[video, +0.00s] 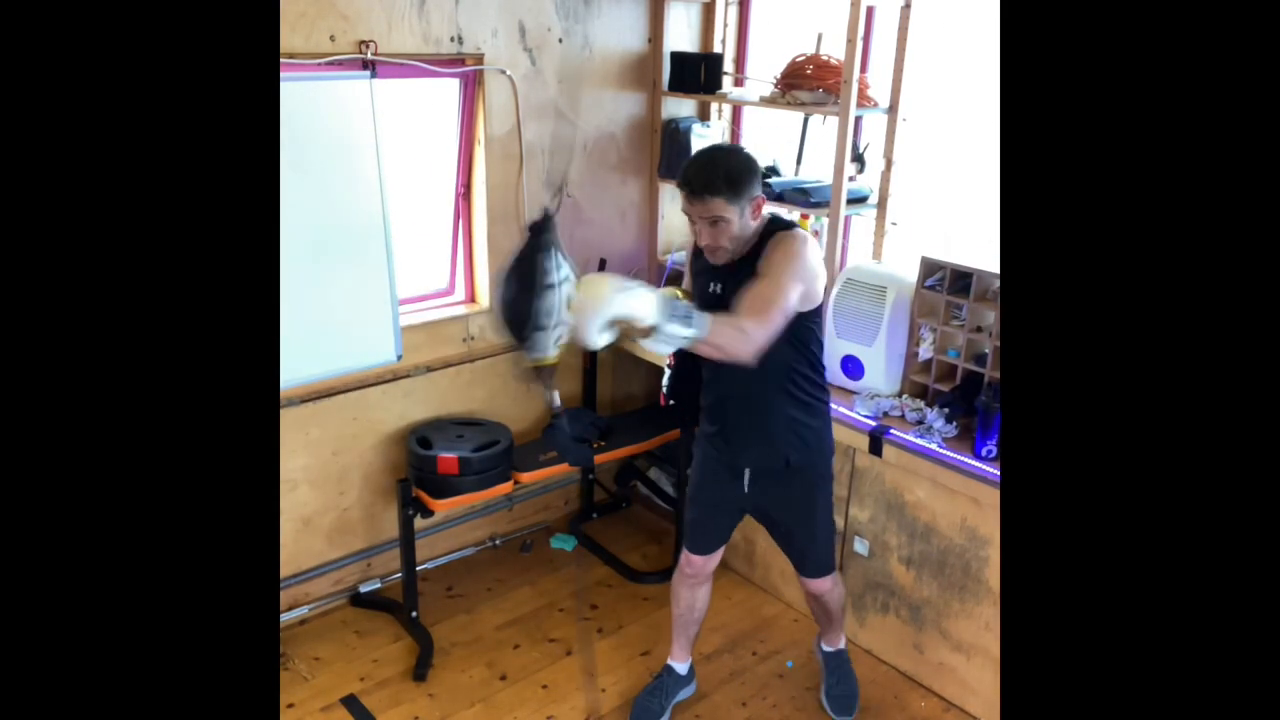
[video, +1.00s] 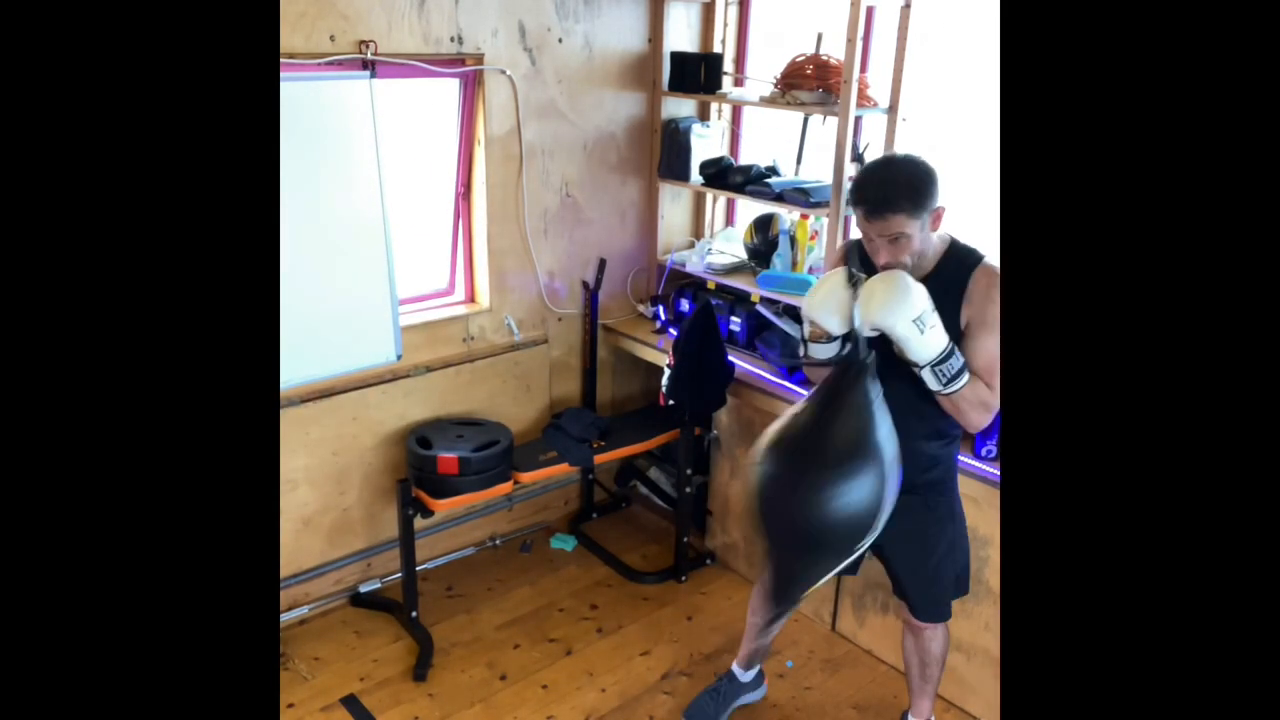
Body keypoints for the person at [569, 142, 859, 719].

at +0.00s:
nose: (701, 237)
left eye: (715, 223)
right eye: (693, 221)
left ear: (756, 207)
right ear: (686, 209)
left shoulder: (794, 251)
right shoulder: (701, 254)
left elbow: (745, 342)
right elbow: (695, 334)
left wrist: (659, 312)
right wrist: (635, 327)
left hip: (793, 445)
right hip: (720, 440)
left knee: (820, 584)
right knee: (693, 564)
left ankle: (834, 650)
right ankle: (678, 669)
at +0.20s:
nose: (733, 240)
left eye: (748, 224)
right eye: (721, 224)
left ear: (781, 212)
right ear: (710, 216)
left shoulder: (807, 269)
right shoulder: (742, 261)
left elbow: (779, 387)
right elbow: (749, 342)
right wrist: (697, 323)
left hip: (822, 455)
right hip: (748, 446)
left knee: (869, 599)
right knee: (703, 572)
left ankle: (905, 709)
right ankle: (680, 671)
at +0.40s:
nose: (876, 246)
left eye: (890, 230)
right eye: (860, 228)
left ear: (904, 224)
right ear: (832, 217)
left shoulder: (928, 276)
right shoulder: (787, 265)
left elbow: (961, 381)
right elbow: (720, 363)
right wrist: (745, 343)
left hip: (874, 464)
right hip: (787, 455)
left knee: (898, 620)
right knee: (722, 582)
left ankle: (916, 714)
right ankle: (680, 671)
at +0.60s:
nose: (950, 260)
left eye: (969, 246)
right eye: (938, 239)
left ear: (989, 239)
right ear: (917, 219)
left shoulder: (985, 281)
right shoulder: (861, 273)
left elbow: (981, 375)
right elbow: (817, 387)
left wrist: (984, 379)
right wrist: (891, 418)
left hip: (910, 472)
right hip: (826, 459)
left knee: (913, 611)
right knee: (766, 593)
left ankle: (916, 715)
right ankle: (716, 697)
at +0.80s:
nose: (910, 248)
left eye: (928, 234)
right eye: (900, 229)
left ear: (968, 223)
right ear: (889, 214)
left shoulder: (994, 274)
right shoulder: (869, 258)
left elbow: (999, 399)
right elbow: (818, 363)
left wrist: (982, 358)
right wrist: (843, 336)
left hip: (932, 477)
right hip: (848, 459)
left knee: (927, 625)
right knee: (782, 593)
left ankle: (920, 715)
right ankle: (745, 700)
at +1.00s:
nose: (883, 253)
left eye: (897, 238)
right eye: (870, 237)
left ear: (935, 222)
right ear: (859, 221)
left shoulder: (980, 284)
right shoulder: (849, 262)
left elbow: (978, 415)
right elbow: (820, 376)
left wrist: (930, 345)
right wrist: (820, 332)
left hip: (922, 472)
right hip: (843, 453)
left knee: (925, 612)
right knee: (782, 571)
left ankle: (920, 714)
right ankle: (743, 673)